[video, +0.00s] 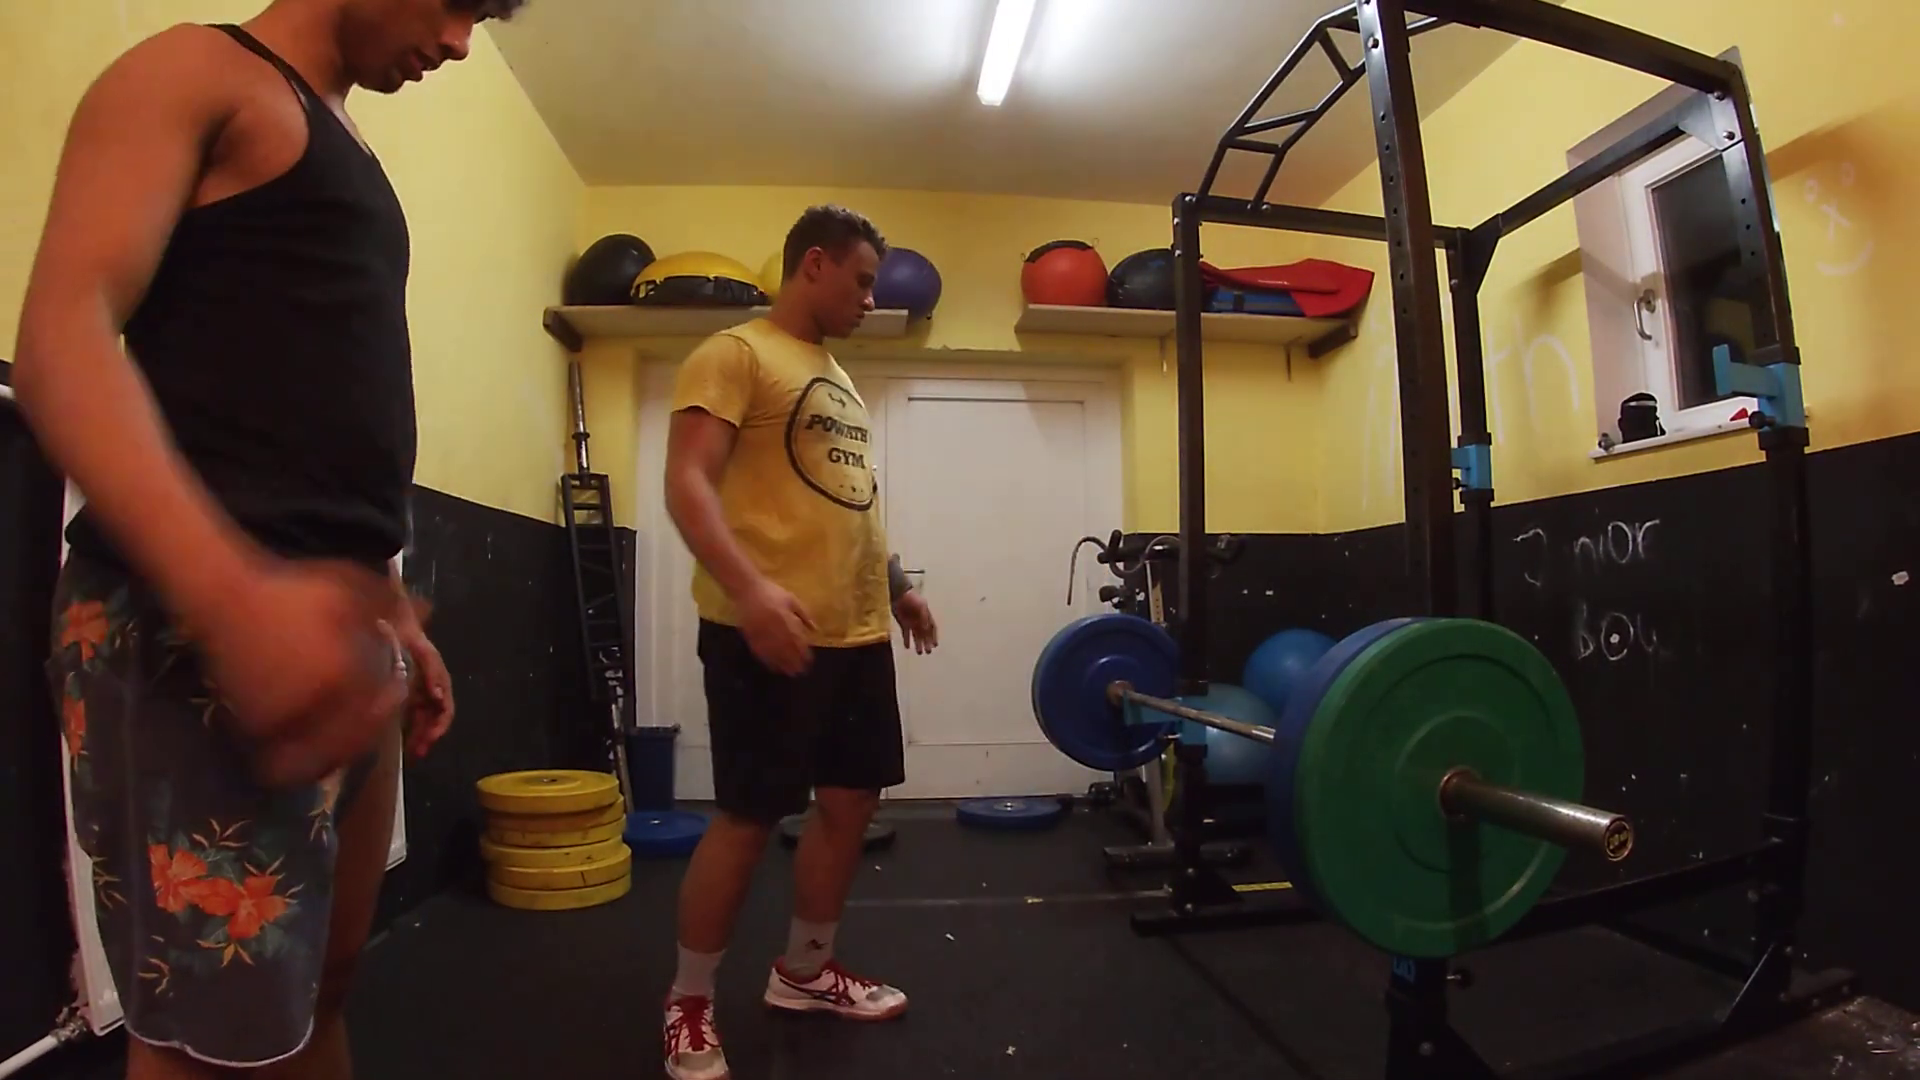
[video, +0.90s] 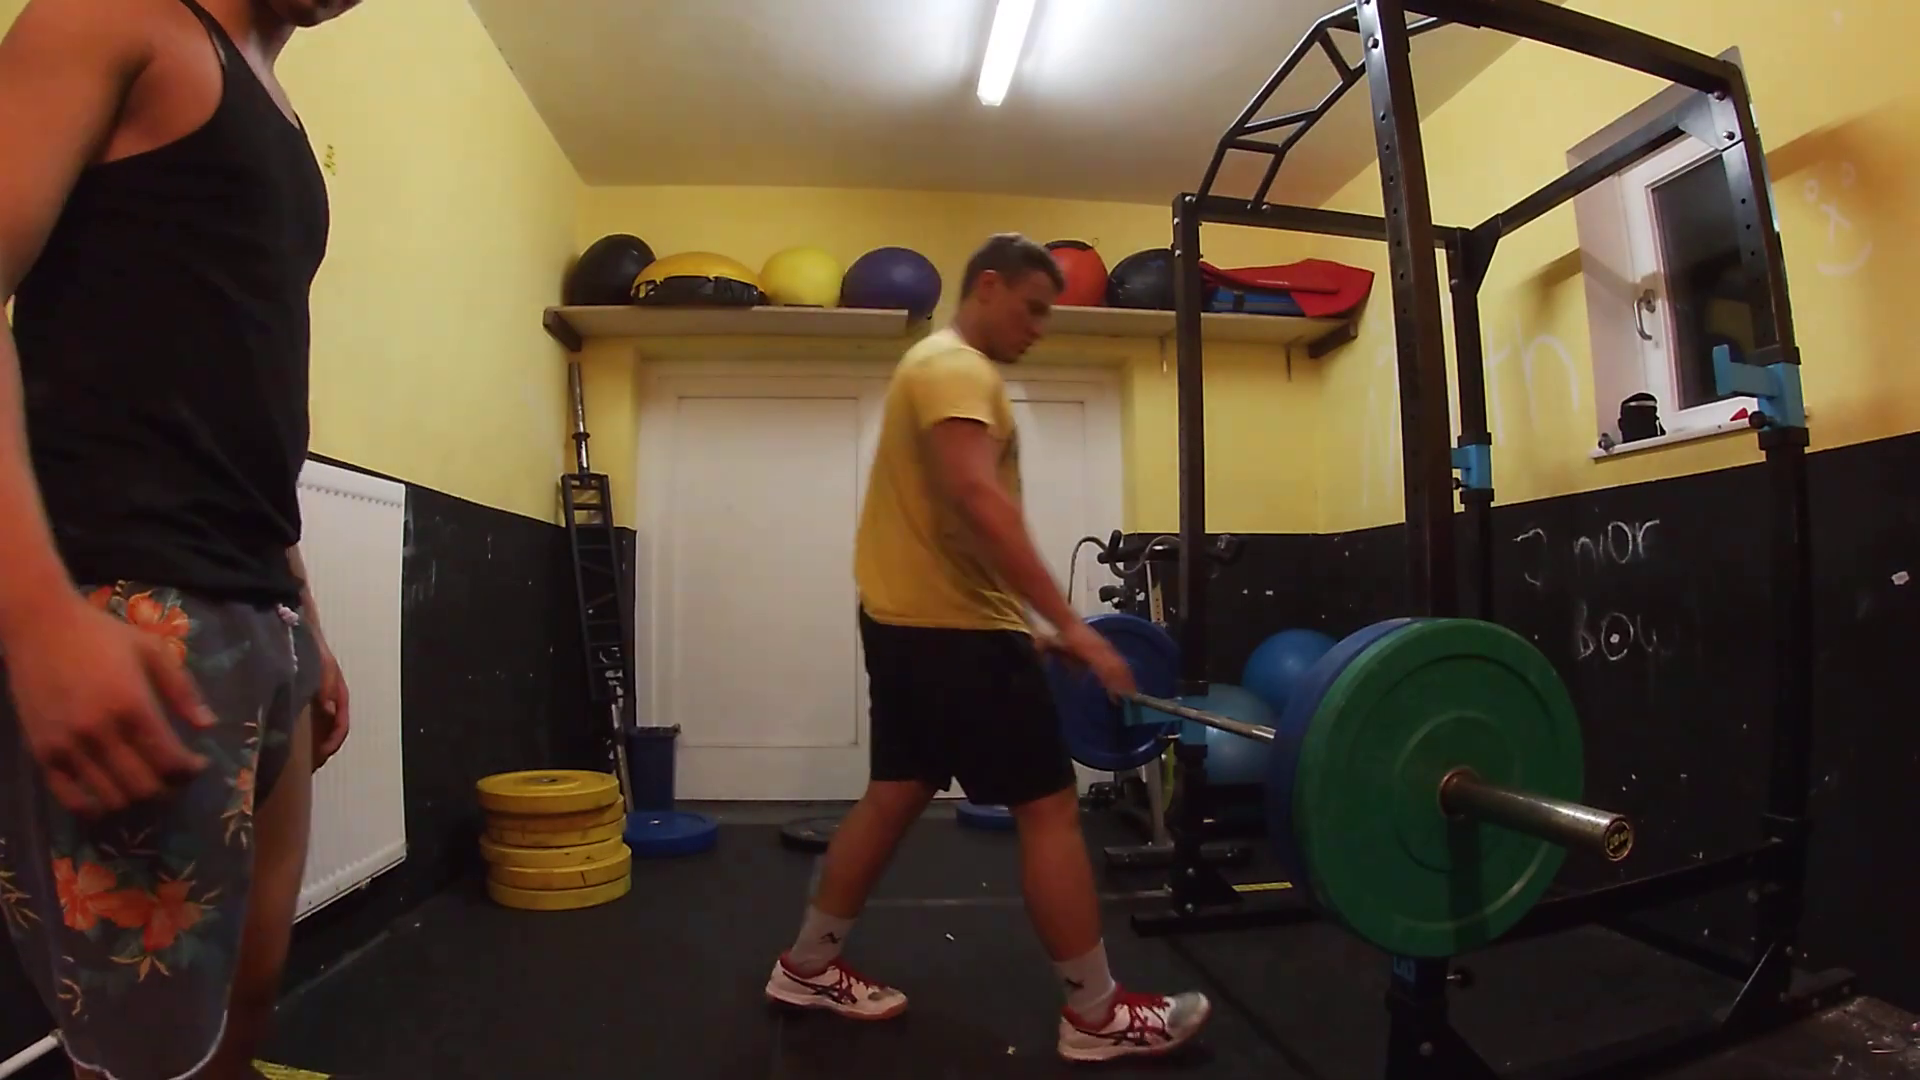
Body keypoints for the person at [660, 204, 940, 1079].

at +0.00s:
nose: (869, 300)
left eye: (873, 286)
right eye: (863, 281)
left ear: (827, 271)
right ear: (814, 264)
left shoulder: (833, 373)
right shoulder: (734, 353)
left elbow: (840, 502)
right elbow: (684, 481)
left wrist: (895, 588)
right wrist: (747, 587)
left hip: (853, 634)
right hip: (764, 632)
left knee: (850, 801)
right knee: (746, 816)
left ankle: (804, 970)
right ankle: (687, 1006)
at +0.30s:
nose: (881, 296)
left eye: (889, 285)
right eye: (868, 277)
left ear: (886, 297)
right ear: (822, 276)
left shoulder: (852, 376)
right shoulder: (788, 361)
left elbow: (846, 506)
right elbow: (766, 490)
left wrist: (891, 601)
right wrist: (857, 598)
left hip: (862, 615)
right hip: (817, 616)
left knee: (861, 796)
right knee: (848, 798)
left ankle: (807, 967)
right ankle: (751, 991)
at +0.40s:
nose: (890, 297)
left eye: (900, 288)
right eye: (877, 279)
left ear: (901, 302)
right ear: (832, 281)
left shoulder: (858, 377)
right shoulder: (806, 358)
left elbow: (847, 499)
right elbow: (785, 480)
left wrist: (896, 596)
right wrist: (863, 594)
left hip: (858, 615)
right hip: (835, 616)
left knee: (846, 793)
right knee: (889, 790)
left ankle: (807, 974)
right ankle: (825, 1004)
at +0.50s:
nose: (906, 296)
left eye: (916, 288)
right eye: (891, 278)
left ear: (918, 303)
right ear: (847, 280)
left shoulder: (869, 373)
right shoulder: (827, 358)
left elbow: (865, 499)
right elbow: (808, 477)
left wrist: (914, 600)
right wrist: (865, 604)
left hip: (863, 611)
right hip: (864, 614)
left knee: (854, 789)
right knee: (921, 791)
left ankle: (805, 965)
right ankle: (903, 1015)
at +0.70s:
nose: (963, 315)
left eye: (968, 302)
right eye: (955, 296)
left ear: (927, 293)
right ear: (903, 282)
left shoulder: (882, 364)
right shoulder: (872, 358)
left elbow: (872, 495)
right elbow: (857, 480)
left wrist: (930, 598)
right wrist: (912, 612)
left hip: (869, 614)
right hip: (912, 613)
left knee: (872, 785)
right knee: (993, 785)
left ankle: (805, 967)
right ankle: (1035, 995)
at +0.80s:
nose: (995, 326)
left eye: (1002, 311)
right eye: (990, 305)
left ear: (946, 291)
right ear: (944, 282)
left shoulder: (903, 361)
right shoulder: (908, 361)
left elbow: (902, 499)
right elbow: (905, 487)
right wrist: (982, 617)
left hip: (886, 619)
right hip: (929, 620)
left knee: (882, 787)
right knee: (1024, 789)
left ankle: (807, 967)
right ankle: (1078, 997)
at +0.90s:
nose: (1039, 328)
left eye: (1045, 315)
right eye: (1034, 308)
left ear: (985, 294)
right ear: (985, 288)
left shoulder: (937, 364)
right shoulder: (957, 368)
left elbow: (948, 518)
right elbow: (975, 497)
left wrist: (1028, 624)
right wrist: (1070, 623)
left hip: (908, 624)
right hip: (961, 631)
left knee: (899, 788)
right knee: (1046, 804)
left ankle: (808, 962)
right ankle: (1095, 1009)